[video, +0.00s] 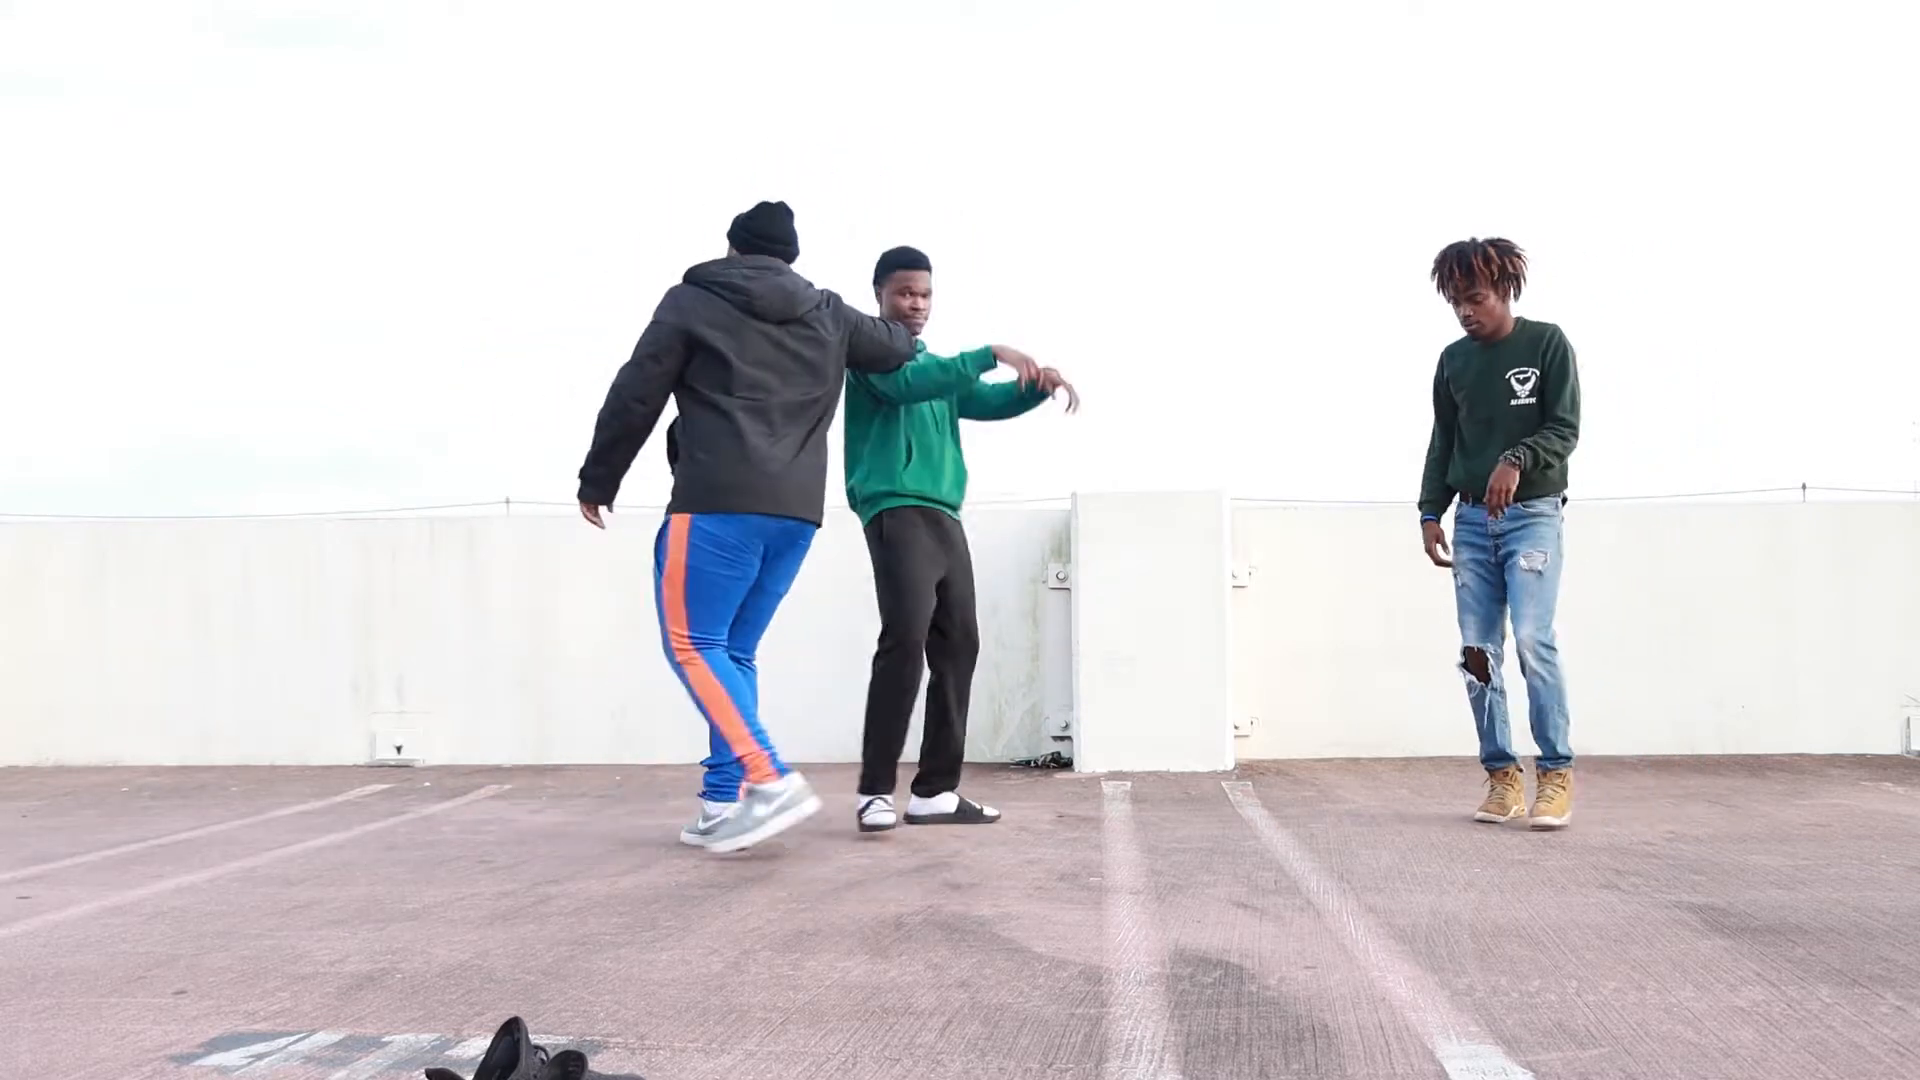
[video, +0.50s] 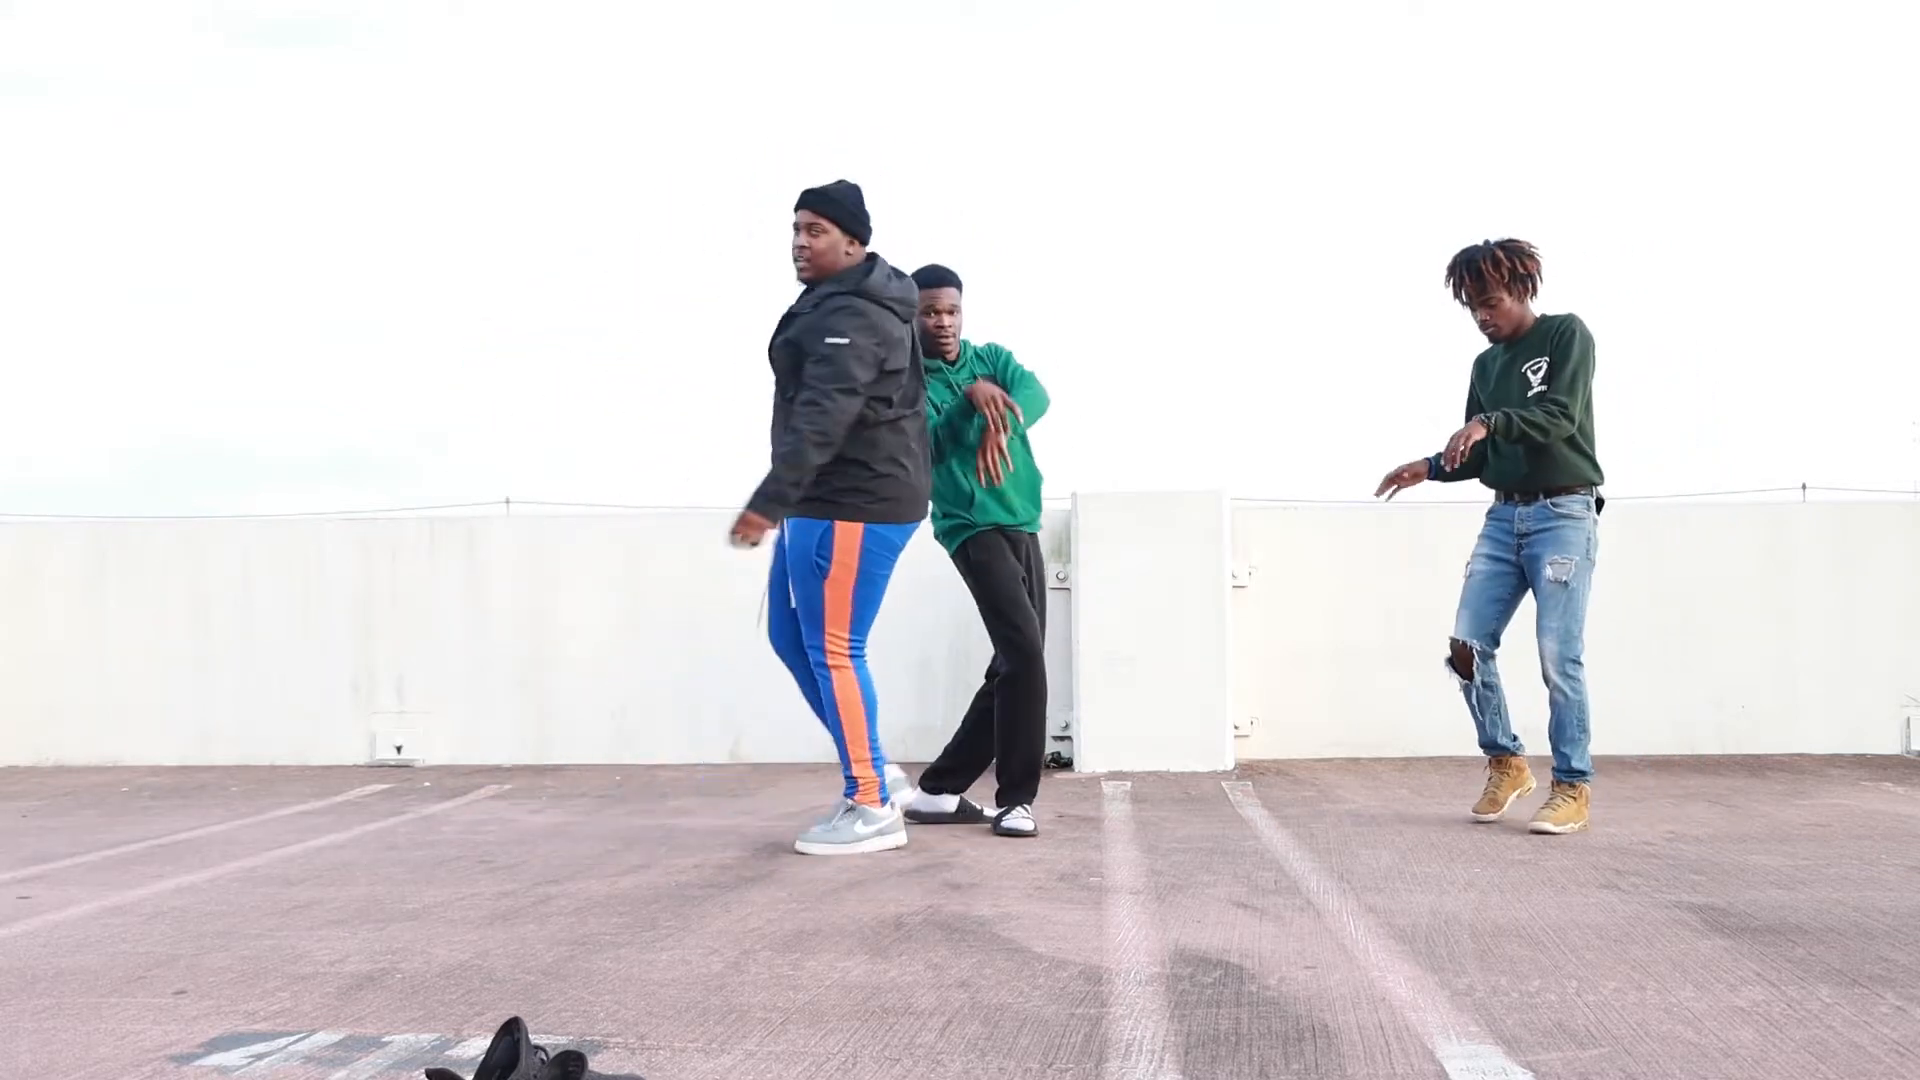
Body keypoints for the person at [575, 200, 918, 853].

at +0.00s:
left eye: (736, 244)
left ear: (732, 246)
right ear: (791, 255)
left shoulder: (694, 301)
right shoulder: (827, 313)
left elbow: (639, 390)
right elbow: (893, 348)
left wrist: (600, 477)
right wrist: (901, 330)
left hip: (716, 500)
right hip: (797, 508)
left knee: (690, 644)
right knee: (737, 652)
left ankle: (771, 783)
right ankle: (721, 803)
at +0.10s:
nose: (736, 257)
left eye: (740, 248)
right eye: (744, 250)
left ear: (748, 249)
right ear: (802, 255)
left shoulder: (716, 302)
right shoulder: (839, 310)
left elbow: (659, 394)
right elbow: (904, 337)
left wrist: (618, 482)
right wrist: (898, 317)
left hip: (736, 507)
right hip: (814, 515)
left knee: (724, 652)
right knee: (739, 654)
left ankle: (837, 775)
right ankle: (723, 804)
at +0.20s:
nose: (746, 258)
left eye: (750, 248)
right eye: (752, 248)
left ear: (764, 253)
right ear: (812, 258)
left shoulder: (739, 310)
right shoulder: (852, 310)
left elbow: (682, 404)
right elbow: (906, 340)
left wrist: (630, 491)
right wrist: (930, 302)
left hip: (765, 515)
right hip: (832, 518)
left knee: (768, 659)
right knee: (738, 651)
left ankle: (860, 797)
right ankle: (725, 803)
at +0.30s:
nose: (752, 251)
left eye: (759, 241)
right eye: (756, 240)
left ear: (784, 247)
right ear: (813, 251)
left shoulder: (766, 313)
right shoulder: (864, 305)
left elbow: (715, 412)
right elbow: (908, 335)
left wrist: (650, 496)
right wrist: (930, 303)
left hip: (800, 508)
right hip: (845, 505)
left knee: (798, 657)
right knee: (751, 645)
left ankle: (869, 806)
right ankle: (733, 797)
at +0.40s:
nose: (766, 243)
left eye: (777, 233)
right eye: (769, 232)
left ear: (814, 243)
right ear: (820, 245)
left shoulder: (805, 315)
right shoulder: (871, 301)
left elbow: (757, 420)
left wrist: (687, 503)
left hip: (828, 508)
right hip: (814, 509)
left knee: (821, 651)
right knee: (765, 634)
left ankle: (870, 807)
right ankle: (792, 792)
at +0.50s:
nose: (800, 242)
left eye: (814, 232)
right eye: (797, 231)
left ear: (852, 242)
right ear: (804, 238)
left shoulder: (855, 314)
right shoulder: (838, 301)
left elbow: (820, 418)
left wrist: (766, 503)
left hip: (857, 502)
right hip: (825, 500)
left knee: (834, 647)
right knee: (791, 636)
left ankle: (871, 808)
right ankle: (875, 773)